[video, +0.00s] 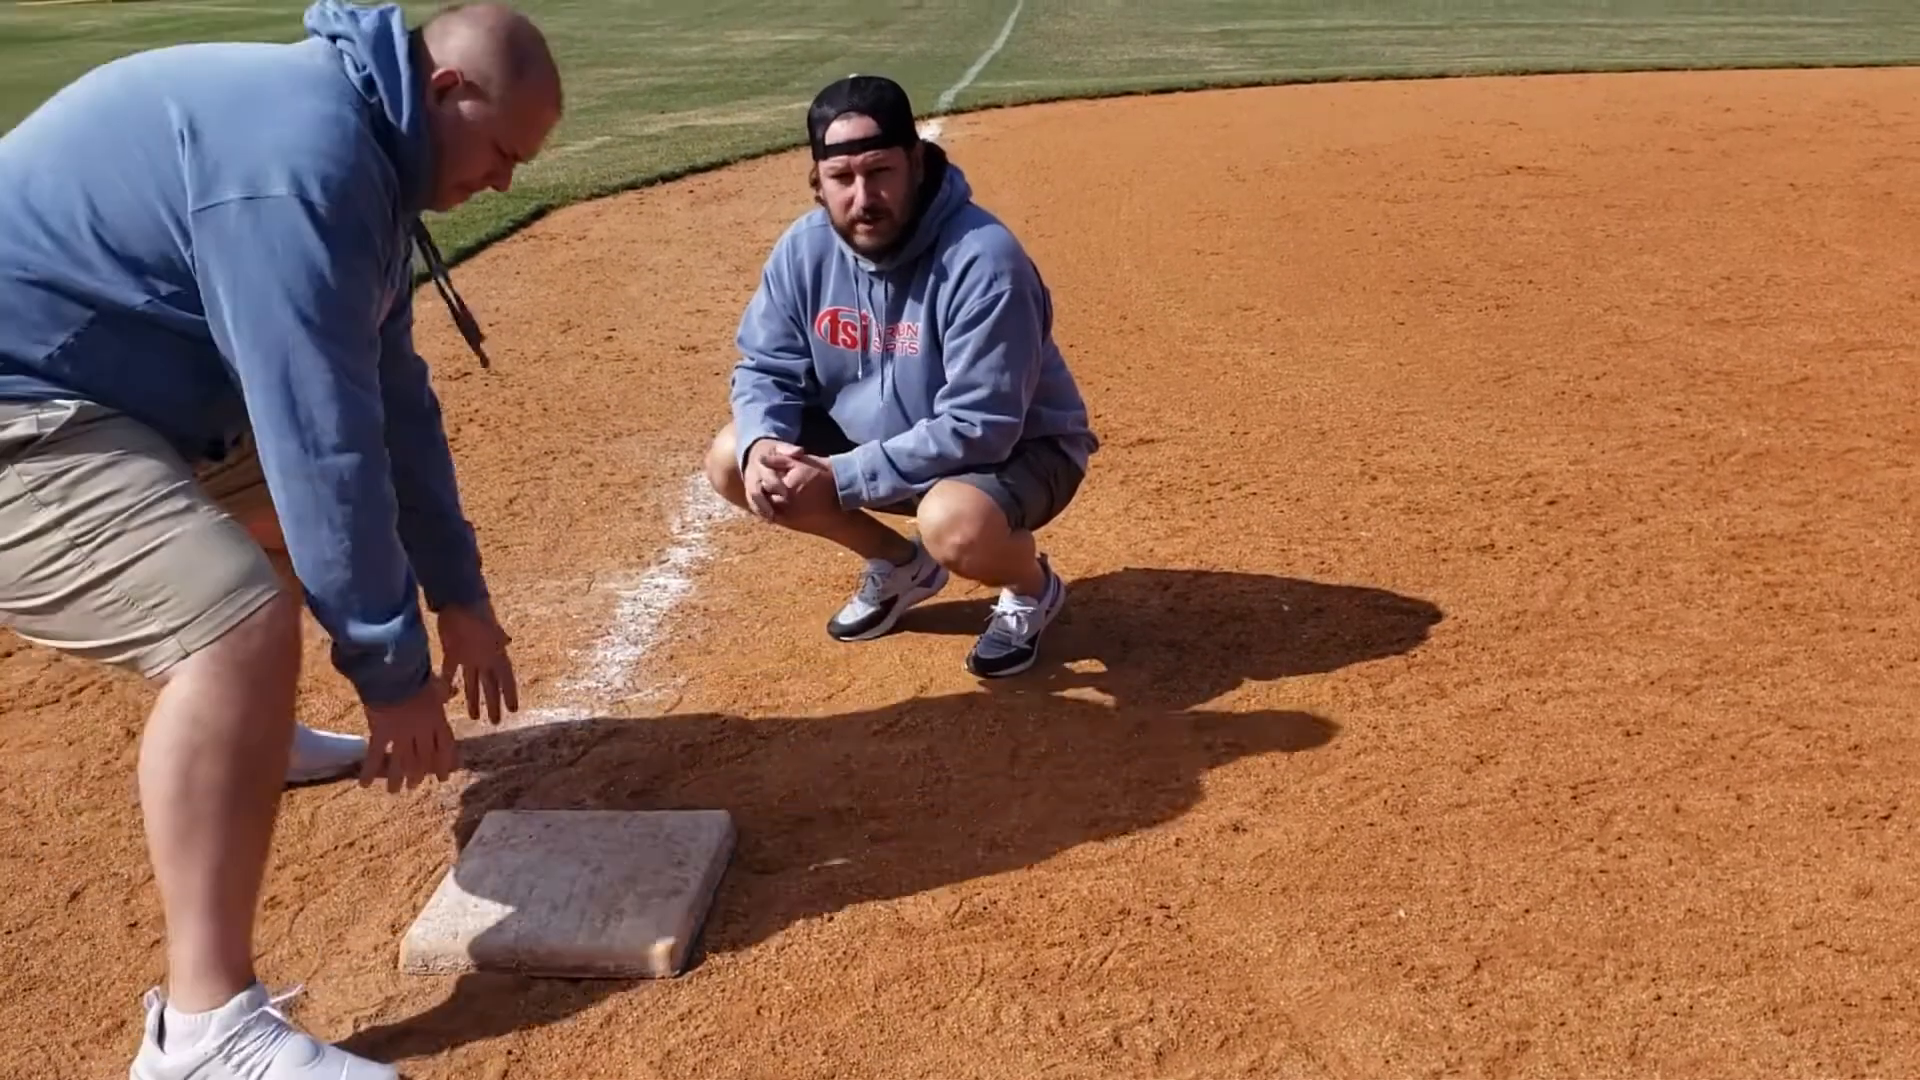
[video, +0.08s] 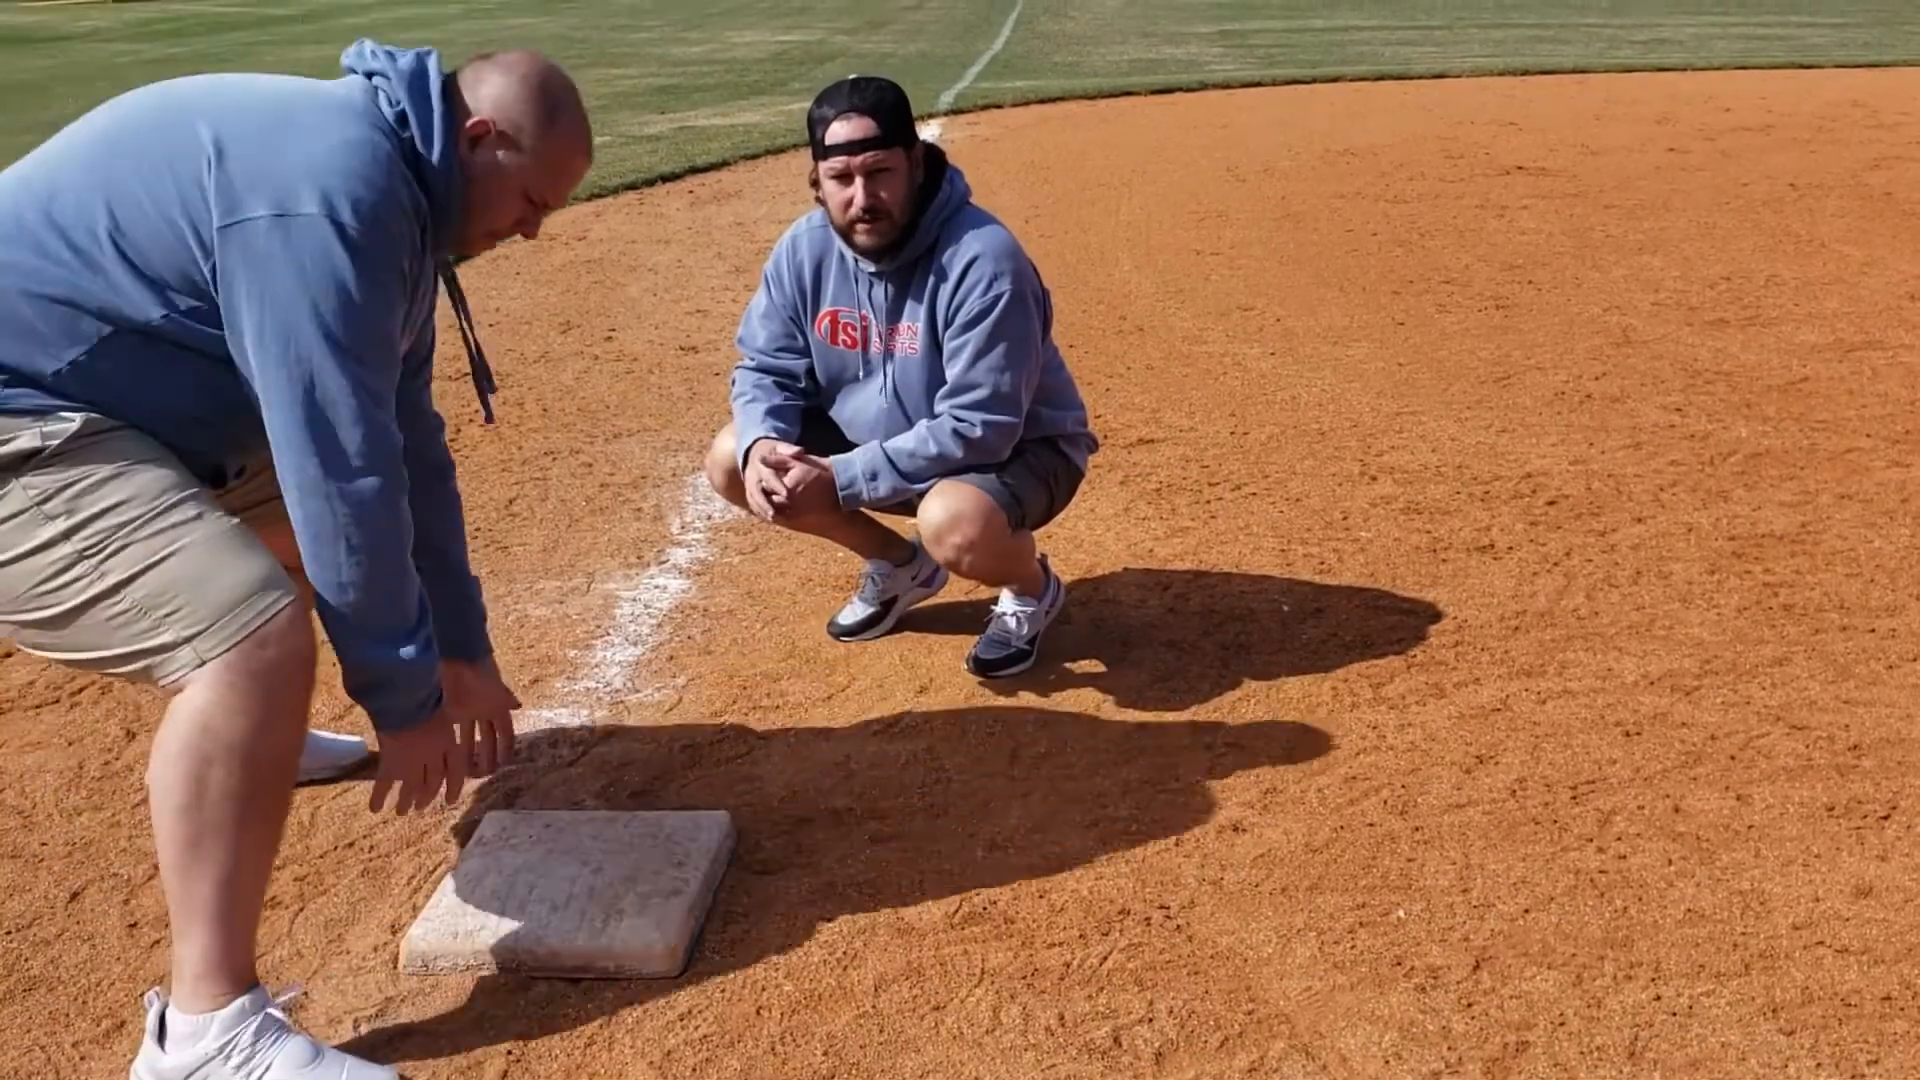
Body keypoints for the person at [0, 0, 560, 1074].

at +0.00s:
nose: (497, 185)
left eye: (514, 166)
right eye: (502, 156)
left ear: (445, 94)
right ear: (443, 92)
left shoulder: (351, 150)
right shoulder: (298, 157)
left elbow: (398, 404)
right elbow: (325, 447)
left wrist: (462, 599)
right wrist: (395, 676)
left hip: (98, 375)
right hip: (19, 394)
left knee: (270, 506)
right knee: (236, 621)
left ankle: (250, 739)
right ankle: (202, 1020)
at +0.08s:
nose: (527, 232)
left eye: (544, 214)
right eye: (533, 204)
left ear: (480, 137)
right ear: (478, 140)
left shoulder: (385, 188)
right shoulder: (325, 193)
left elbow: (410, 441)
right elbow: (344, 477)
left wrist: (463, 652)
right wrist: (407, 700)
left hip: (103, 385)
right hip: (20, 407)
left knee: (293, 494)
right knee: (253, 630)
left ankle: (251, 736)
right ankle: (205, 1020)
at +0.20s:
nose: (571, 306)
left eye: (586, 289)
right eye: (576, 281)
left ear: (528, 212)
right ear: (528, 222)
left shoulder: (425, 249)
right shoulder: (360, 255)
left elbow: (424, 505)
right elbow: (357, 540)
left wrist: (460, 719)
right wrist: (415, 768)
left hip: (95, 396)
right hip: (19, 421)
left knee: (304, 502)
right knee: (260, 642)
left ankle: (280, 737)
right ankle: (207, 1023)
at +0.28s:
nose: (580, 331)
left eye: (596, 313)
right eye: (587, 305)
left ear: (540, 232)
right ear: (539, 241)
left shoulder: (434, 261)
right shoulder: (376, 279)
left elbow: (427, 520)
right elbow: (371, 571)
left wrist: (461, 726)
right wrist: (418, 801)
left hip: (96, 400)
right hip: (19, 428)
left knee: (306, 522)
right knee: (245, 647)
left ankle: (270, 731)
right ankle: (203, 1023)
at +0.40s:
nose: (593, 367)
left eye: (611, 352)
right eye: (603, 341)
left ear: (554, 263)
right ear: (555, 276)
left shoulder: (433, 273)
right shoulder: (392, 327)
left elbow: (436, 544)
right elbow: (395, 625)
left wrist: (469, 730)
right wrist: (451, 849)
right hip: (16, 437)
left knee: (324, 561)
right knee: (243, 656)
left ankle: (260, 733)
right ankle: (199, 1026)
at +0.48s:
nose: (599, 383)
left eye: (617, 369)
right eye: (609, 357)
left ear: (559, 280)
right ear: (561, 293)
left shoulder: (437, 277)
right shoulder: (404, 351)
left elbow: (442, 549)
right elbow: (411, 643)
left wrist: (467, 721)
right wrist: (472, 870)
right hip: (17, 443)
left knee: (320, 566)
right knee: (251, 664)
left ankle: (262, 737)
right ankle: (200, 1028)